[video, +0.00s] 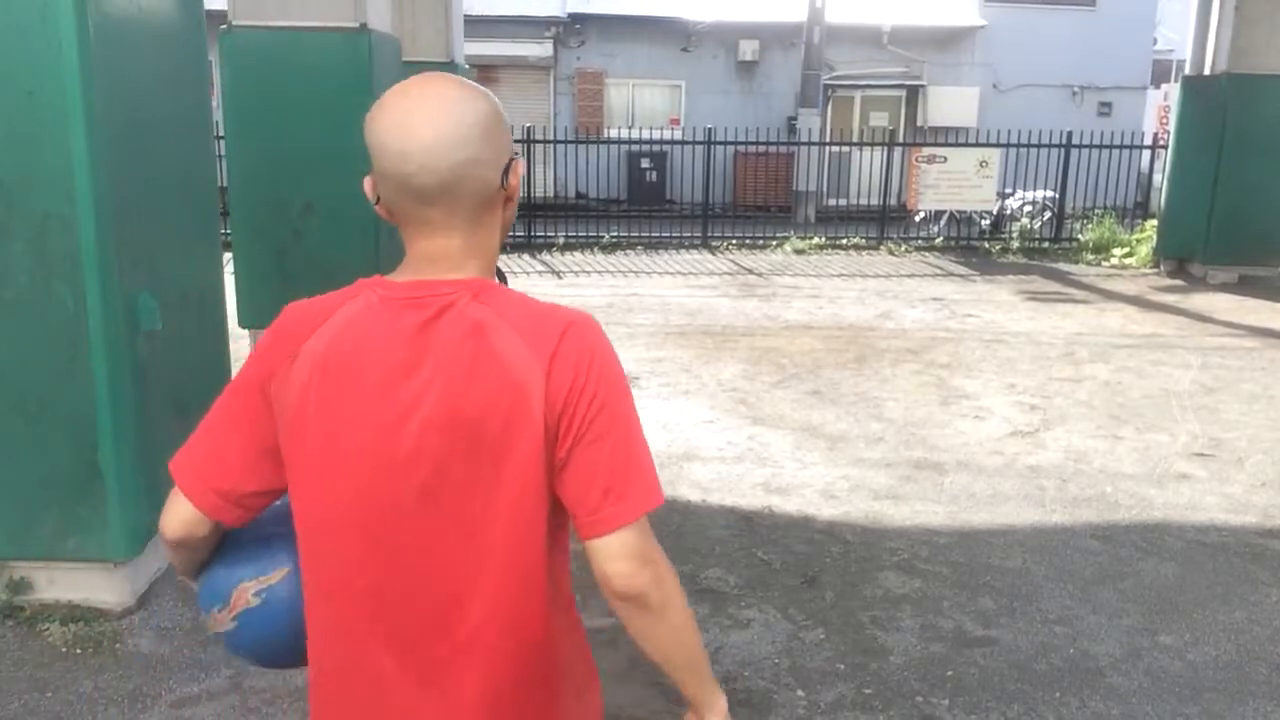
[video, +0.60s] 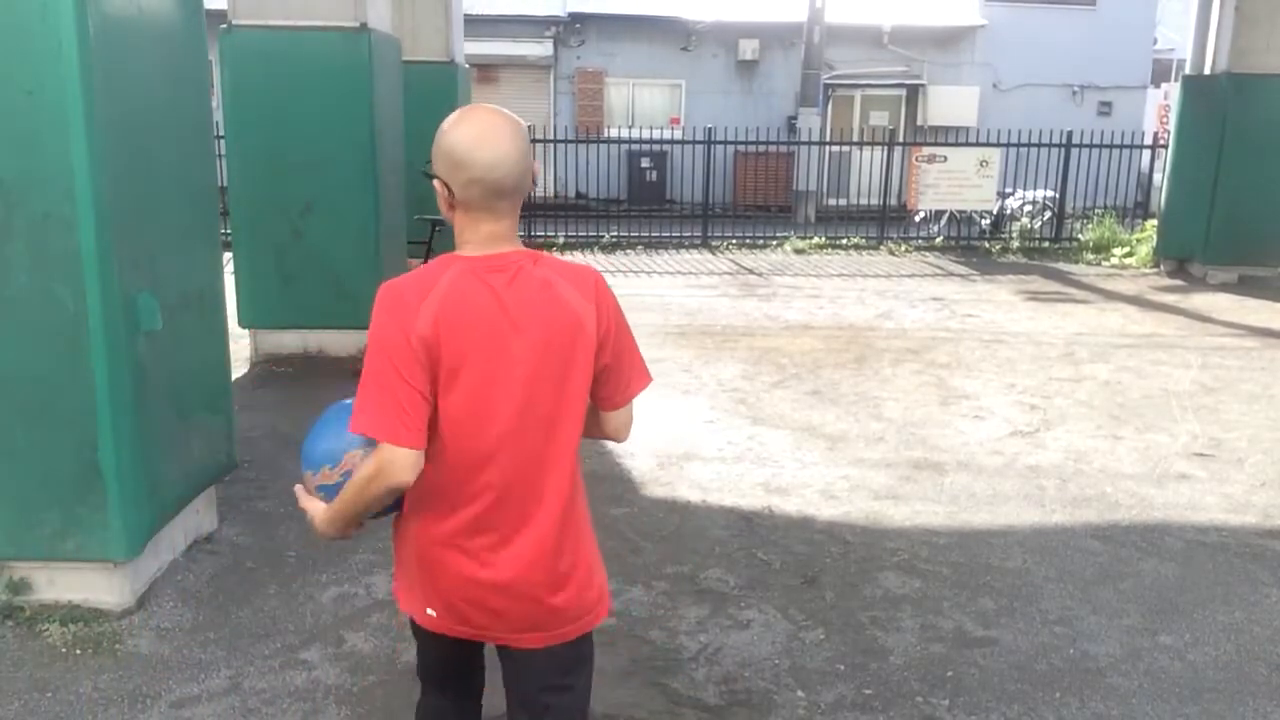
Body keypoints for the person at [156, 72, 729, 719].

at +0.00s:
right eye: (519, 162)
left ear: (376, 196)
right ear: (511, 184)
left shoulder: (302, 336)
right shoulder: (561, 345)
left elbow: (181, 526)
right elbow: (628, 573)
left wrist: (211, 571)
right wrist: (708, 699)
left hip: (352, 704)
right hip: (527, 704)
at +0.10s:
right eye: (554, 165)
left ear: (417, 199)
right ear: (546, 185)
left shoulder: (350, 326)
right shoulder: (593, 342)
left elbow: (221, 497)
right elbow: (649, 547)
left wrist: (213, 566)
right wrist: (715, 663)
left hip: (391, 699)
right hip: (552, 699)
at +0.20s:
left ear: (449, 186)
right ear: (566, 174)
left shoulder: (382, 297)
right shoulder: (613, 311)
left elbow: (244, 444)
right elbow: (658, 502)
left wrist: (226, 534)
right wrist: (686, 587)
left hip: (428, 653)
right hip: (565, 653)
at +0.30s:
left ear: (457, 181)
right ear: (565, 162)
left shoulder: (400, 284)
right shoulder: (618, 293)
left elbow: (262, 421)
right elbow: (655, 467)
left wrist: (236, 502)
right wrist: (639, 520)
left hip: (442, 610)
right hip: (570, 612)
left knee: (437, 703)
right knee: (572, 708)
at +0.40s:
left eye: (450, 169)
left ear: (460, 185)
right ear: (560, 162)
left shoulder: (407, 284)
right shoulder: (616, 290)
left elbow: (290, 426)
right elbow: (648, 451)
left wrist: (246, 497)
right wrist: (581, 477)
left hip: (448, 612)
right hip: (571, 614)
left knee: (442, 704)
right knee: (568, 711)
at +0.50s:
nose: (443, 187)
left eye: (445, 177)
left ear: (456, 191)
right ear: (548, 176)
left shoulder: (412, 289)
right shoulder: (602, 289)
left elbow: (352, 450)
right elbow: (633, 432)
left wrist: (284, 504)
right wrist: (545, 419)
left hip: (452, 598)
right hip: (566, 599)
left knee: (452, 710)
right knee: (563, 711)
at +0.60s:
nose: (436, 189)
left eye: (436, 179)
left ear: (445, 195)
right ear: (531, 183)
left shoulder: (408, 299)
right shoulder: (584, 288)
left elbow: (398, 465)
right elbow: (614, 423)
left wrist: (336, 520)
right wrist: (526, 403)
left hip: (443, 576)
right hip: (550, 578)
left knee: (447, 705)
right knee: (553, 710)